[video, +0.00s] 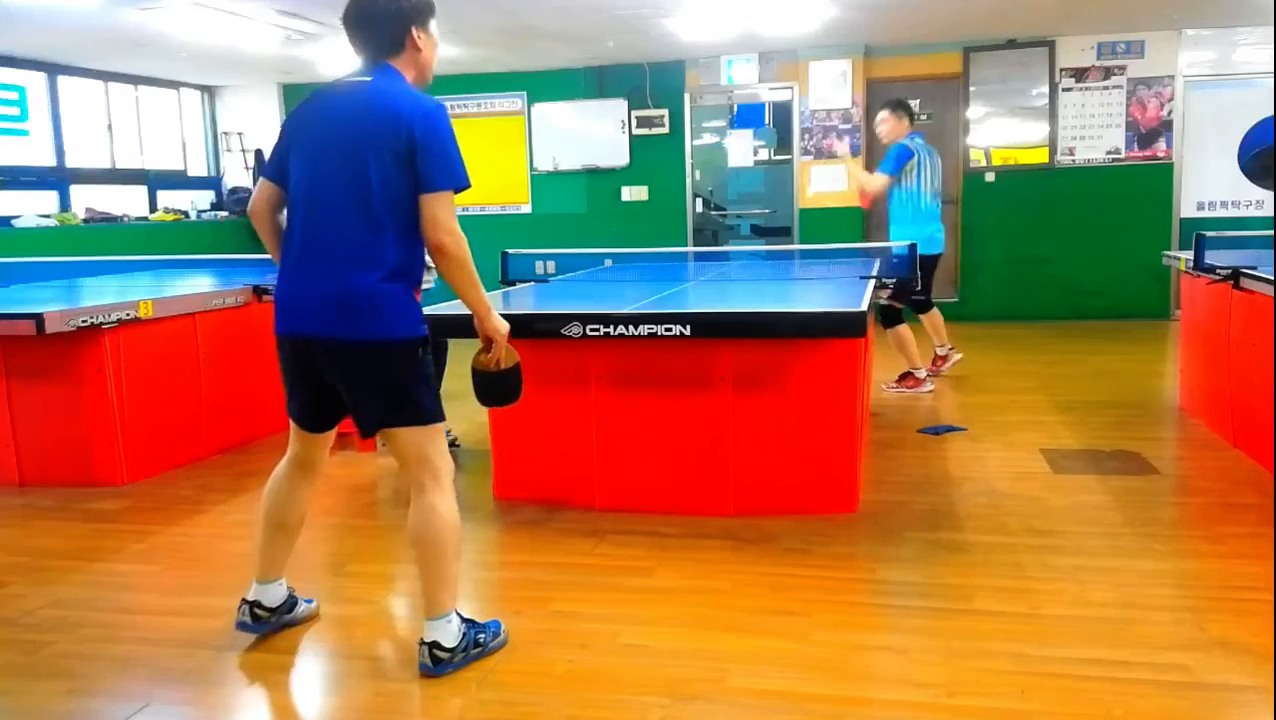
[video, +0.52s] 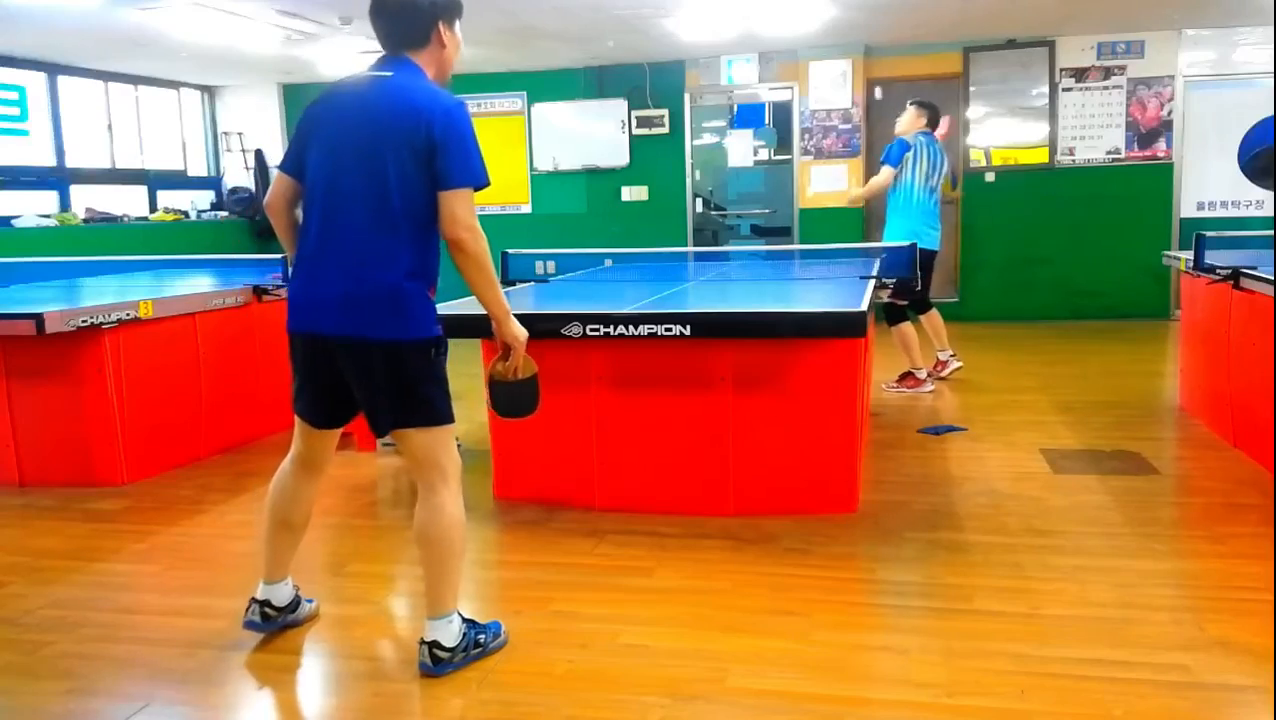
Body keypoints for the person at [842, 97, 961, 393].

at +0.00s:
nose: (879, 129)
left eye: (883, 122)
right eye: (878, 124)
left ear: (902, 121)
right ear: (907, 123)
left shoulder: (900, 149)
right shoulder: (929, 151)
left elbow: (874, 185)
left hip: (910, 243)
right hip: (931, 242)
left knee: (888, 308)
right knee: (920, 298)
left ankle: (917, 375)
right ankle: (944, 350)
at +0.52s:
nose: (897, 119)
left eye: (904, 114)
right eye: (900, 114)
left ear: (921, 120)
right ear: (927, 123)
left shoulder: (902, 144)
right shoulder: (941, 153)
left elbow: (883, 180)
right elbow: (944, 191)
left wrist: (860, 194)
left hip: (904, 238)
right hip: (928, 239)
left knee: (894, 307)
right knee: (919, 300)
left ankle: (918, 375)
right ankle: (946, 356)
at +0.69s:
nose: (884, 137)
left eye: (888, 130)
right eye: (885, 130)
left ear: (904, 131)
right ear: (914, 133)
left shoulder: (894, 155)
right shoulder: (937, 157)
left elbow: (883, 188)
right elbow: (960, 191)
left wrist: (866, 215)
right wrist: (932, 193)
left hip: (909, 245)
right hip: (936, 245)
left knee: (886, 312)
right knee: (917, 303)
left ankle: (917, 375)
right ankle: (946, 357)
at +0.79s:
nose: (874, 159)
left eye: (875, 151)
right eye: (873, 152)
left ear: (892, 144)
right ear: (902, 145)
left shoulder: (891, 166)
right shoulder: (930, 162)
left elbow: (887, 198)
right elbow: (955, 192)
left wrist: (880, 230)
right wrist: (928, 208)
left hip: (914, 253)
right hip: (939, 252)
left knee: (881, 313)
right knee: (912, 305)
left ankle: (916, 374)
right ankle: (946, 356)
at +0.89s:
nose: (861, 181)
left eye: (862, 173)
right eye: (857, 177)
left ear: (880, 163)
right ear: (882, 165)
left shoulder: (896, 181)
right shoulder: (905, 177)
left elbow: (919, 210)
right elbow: (906, 213)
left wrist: (905, 245)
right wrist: (877, 218)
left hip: (929, 261)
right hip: (938, 260)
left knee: (883, 318)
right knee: (907, 314)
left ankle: (917, 375)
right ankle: (947, 358)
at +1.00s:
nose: (860, 171)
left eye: (862, 163)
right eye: (856, 166)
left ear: (881, 155)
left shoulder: (907, 175)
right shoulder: (883, 190)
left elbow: (941, 204)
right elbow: (875, 224)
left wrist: (916, 239)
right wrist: (852, 215)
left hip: (930, 259)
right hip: (912, 258)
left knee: (887, 313)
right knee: (900, 314)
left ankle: (917, 374)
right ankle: (944, 355)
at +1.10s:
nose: (865, 157)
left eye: (869, 150)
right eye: (861, 152)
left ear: (888, 145)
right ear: (861, 153)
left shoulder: (915, 169)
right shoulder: (871, 175)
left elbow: (949, 202)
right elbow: (853, 207)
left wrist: (923, 234)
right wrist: (835, 198)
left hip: (919, 253)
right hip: (891, 252)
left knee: (890, 309)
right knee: (878, 311)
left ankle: (918, 373)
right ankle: (929, 345)